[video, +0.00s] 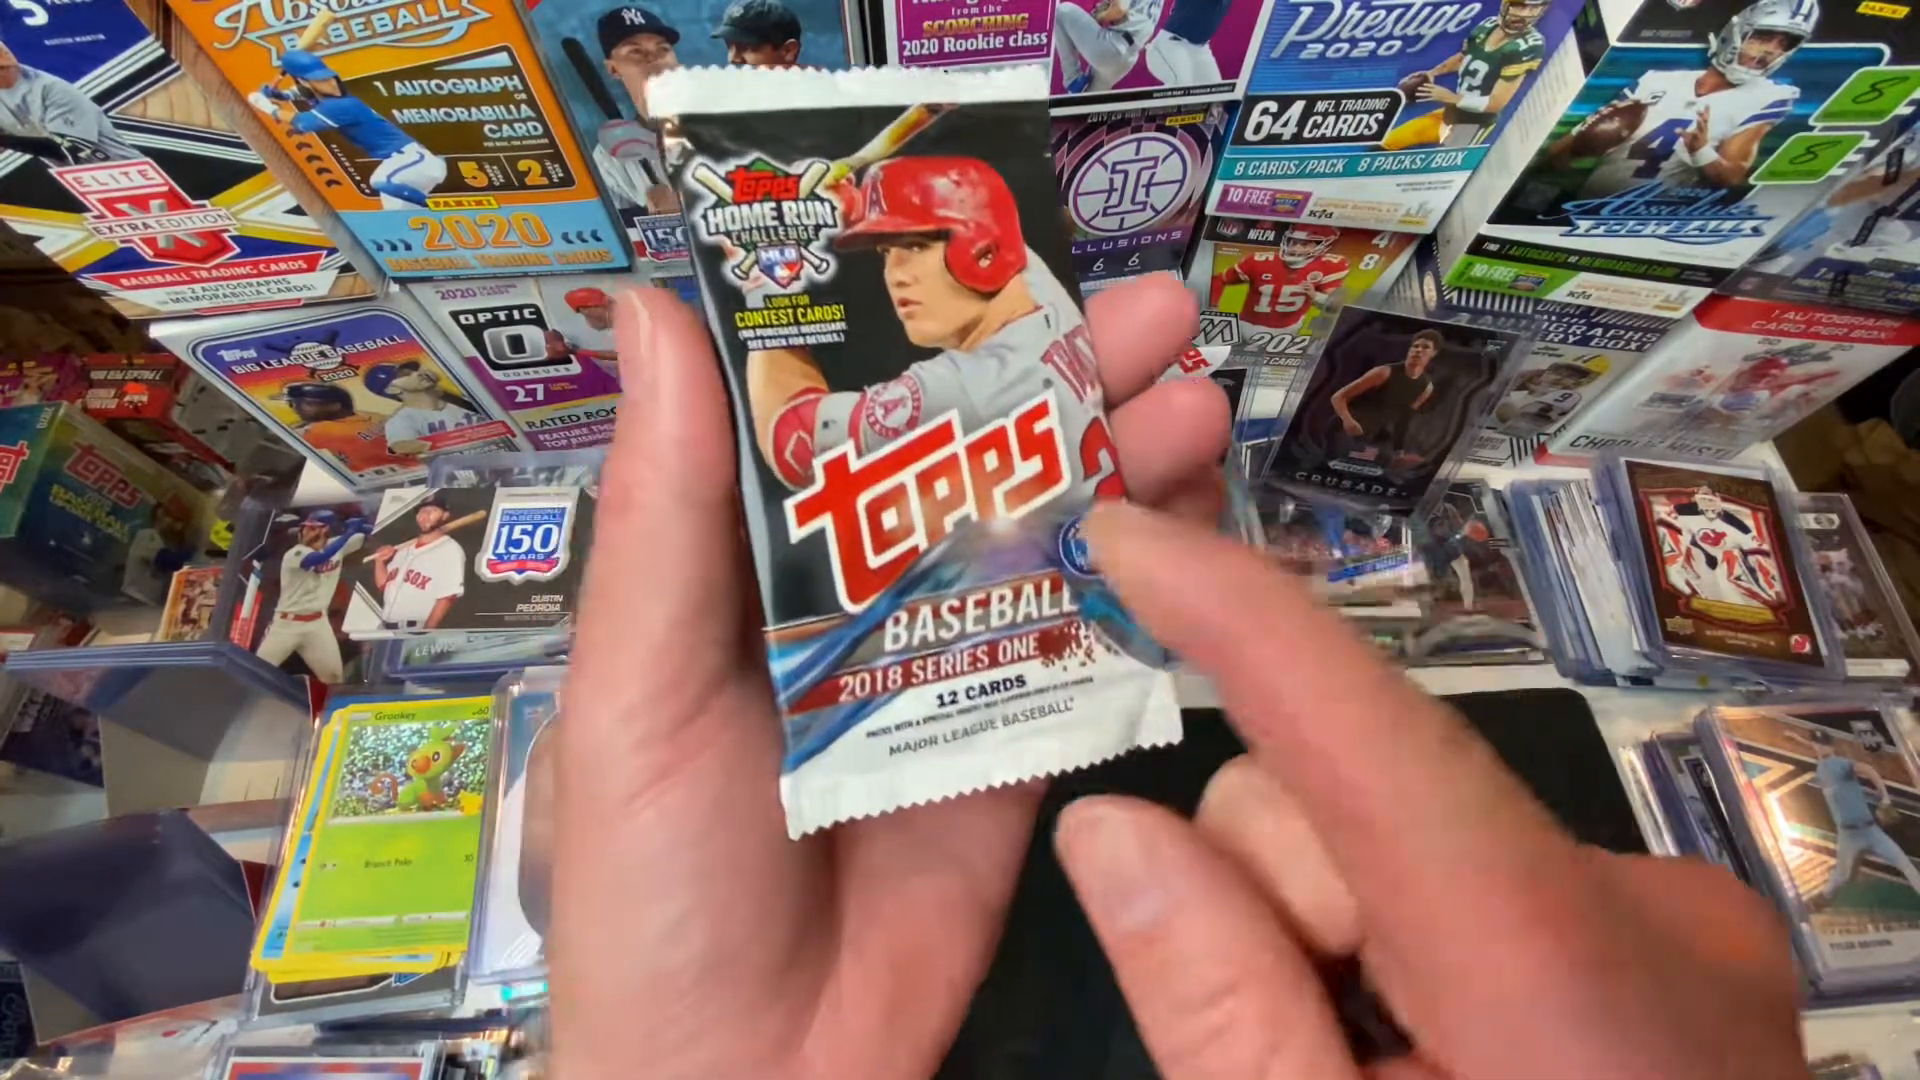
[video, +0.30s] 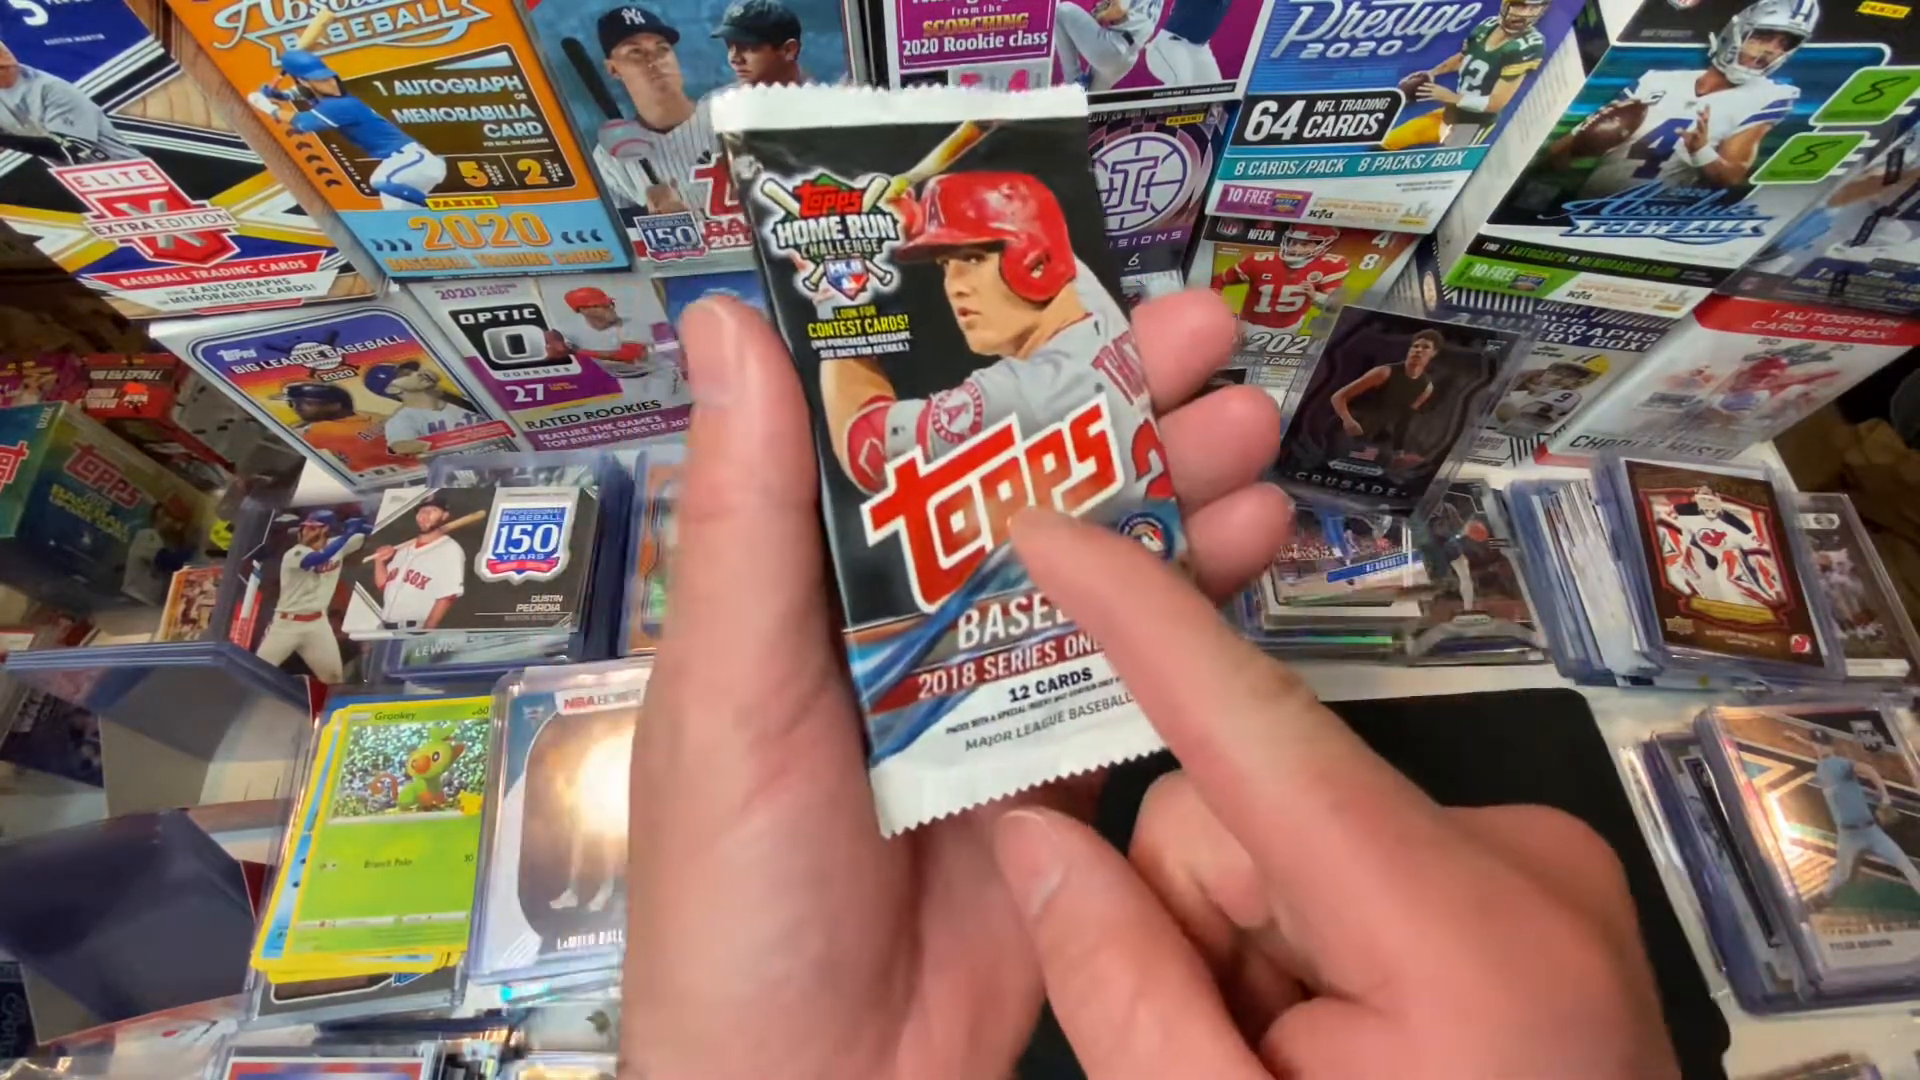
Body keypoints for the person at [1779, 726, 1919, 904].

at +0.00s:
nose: (1822, 749)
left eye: (1824, 744)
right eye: (1818, 746)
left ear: (1831, 745)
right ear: (1814, 748)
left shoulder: (1840, 764)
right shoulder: (1822, 767)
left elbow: (1869, 770)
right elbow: (1812, 746)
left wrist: (1884, 797)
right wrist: (1796, 738)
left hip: (1870, 829)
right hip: (1847, 834)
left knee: (1903, 862)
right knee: (1842, 874)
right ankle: (1825, 896)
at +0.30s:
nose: (1822, 749)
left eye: (1824, 744)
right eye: (1818, 745)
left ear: (1830, 745)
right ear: (1814, 748)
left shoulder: (1839, 764)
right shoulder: (1823, 767)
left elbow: (1869, 770)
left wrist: (1885, 797)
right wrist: (1796, 738)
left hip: (1871, 829)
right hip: (1847, 834)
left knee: (1903, 862)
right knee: (1842, 874)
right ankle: (1825, 896)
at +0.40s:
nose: (1823, 749)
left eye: (1825, 744)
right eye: (1819, 745)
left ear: (1831, 745)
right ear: (1814, 748)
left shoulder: (1839, 764)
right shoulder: (1823, 767)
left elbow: (1868, 770)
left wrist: (1884, 797)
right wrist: (1796, 738)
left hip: (1871, 829)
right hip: (1847, 834)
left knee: (1904, 863)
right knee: (1842, 874)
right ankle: (1825, 896)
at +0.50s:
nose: (1823, 749)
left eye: (1825, 744)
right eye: (1819, 745)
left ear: (1831, 745)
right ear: (1814, 748)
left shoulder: (1839, 764)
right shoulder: (1823, 767)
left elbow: (1868, 770)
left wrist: (1884, 797)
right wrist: (1796, 738)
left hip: (1871, 829)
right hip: (1847, 834)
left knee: (1904, 863)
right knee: (1842, 875)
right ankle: (1825, 896)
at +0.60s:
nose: (1823, 749)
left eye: (1825, 744)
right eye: (1819, 745)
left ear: (1831, 745)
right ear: (1814, 747)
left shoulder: (1839, 764)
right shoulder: (1823, 767)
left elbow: (1868, 770)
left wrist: (1885, 797)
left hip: (1871, 828)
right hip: (1847, 834)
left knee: (1904, 864)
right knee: (1843, 875)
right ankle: (1823, 897)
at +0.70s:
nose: (1823, 749)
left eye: (1825, 744)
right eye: (1818, 745)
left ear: (1831, 745)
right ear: (1813, 747)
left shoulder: (1838, 764)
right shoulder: (1823, 766)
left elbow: (1868, 770)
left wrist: (1885, 797)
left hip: (1871, 828)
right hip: (1847, 834)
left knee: (1904, 864)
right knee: (1842, 874)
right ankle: (1823, 898)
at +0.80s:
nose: (1823, 749)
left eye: (1825, 744)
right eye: (1819, 745)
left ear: (1831, 745)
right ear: (1814, 747)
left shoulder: (1838, 764)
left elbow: (1868, 770)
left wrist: (1885, 798)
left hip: (1870, 828)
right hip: (1847, 834)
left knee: (1905, 864)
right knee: (1843, 875)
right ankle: (1824, 897)